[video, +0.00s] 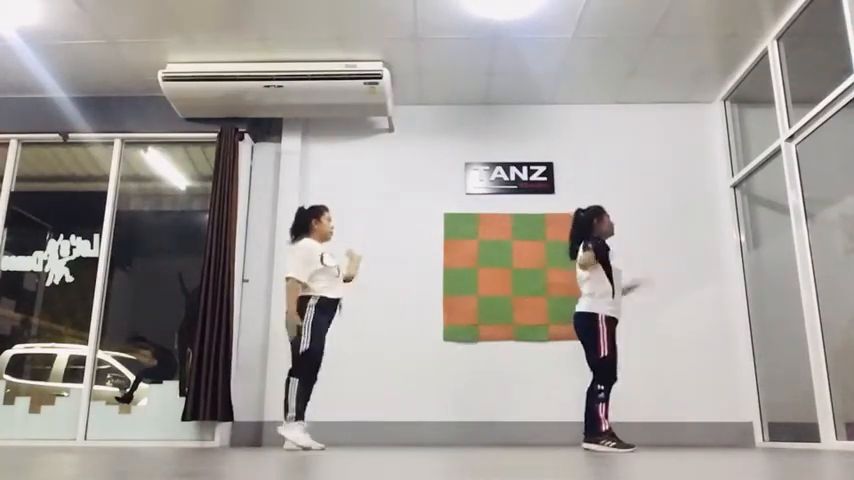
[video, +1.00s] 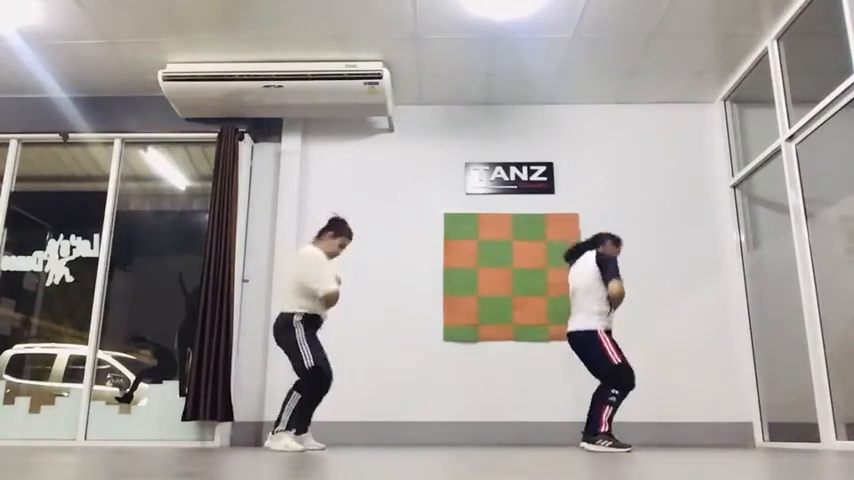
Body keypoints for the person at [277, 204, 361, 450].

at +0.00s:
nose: (332, 225)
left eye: (331, 221)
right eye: (328, 221)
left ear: (317, 224)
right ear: (315, 223)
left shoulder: (323, 251)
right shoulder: (306, 246)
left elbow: (342, 279)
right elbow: (293, 281)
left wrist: (350, 269)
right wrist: (291, 313)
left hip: (324, 308)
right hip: (312, 306)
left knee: (311, 365)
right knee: (304, 361)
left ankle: (297, 429)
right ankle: (291, 423)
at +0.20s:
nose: (329, 226)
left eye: (328, 221)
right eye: (325, 221)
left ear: (313, 224)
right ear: (312, 224)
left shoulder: (320, 252)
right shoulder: (306, 247)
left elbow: (341, 287)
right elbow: (284, 272)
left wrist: (341, 271)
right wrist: (259, 290)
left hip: (318, 312)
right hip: (306, 310)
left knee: (308, 371)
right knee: (298, 369)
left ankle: (297, 431)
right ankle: (282, 430)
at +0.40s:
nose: (328, 224)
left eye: (326, 219)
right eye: (323, 219)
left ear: (311, 222)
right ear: (310, 221)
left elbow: (343, 281)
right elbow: (309, 257)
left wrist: (337, 266)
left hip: (317, 309)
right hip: (302, 307)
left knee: (308, 372)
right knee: (296, 368)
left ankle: (297, 431)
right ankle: (280, 432)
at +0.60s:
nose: (330, 225)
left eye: (329, 220)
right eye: (326, 220)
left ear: (312, 222)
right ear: (314, 221)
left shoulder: (310, 243)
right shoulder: (310, 239)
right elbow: (322, 262)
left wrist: (337, 277)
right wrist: (351, 272)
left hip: (309, 308)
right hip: (302, 306)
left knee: (304, 371)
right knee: (294, 369)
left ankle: (296, 432)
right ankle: (281, 433)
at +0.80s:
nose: (341, 228)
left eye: (339, 224)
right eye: (337, 224)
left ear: (323, 227)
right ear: (325, 226)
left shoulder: (316, 244)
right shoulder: (327, 241)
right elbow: (343, 264)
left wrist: (329, 290)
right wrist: (338, 288)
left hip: (299, 310)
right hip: (296, 310)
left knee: (300, 371)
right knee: (294, 370)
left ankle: (295, 432)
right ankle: (279, 433)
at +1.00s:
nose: (340, 252)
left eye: (343, 248)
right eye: (340, 245)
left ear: (328, 238)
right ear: (328, 235)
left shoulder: (312, 257)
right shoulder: (312, 256)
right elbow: (328, 299)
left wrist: (332, 282)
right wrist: (336, 285)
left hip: (303, 323)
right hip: (294, 322)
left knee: (322, 376)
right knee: (313, 374)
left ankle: (299, 432)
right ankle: (279, 433)